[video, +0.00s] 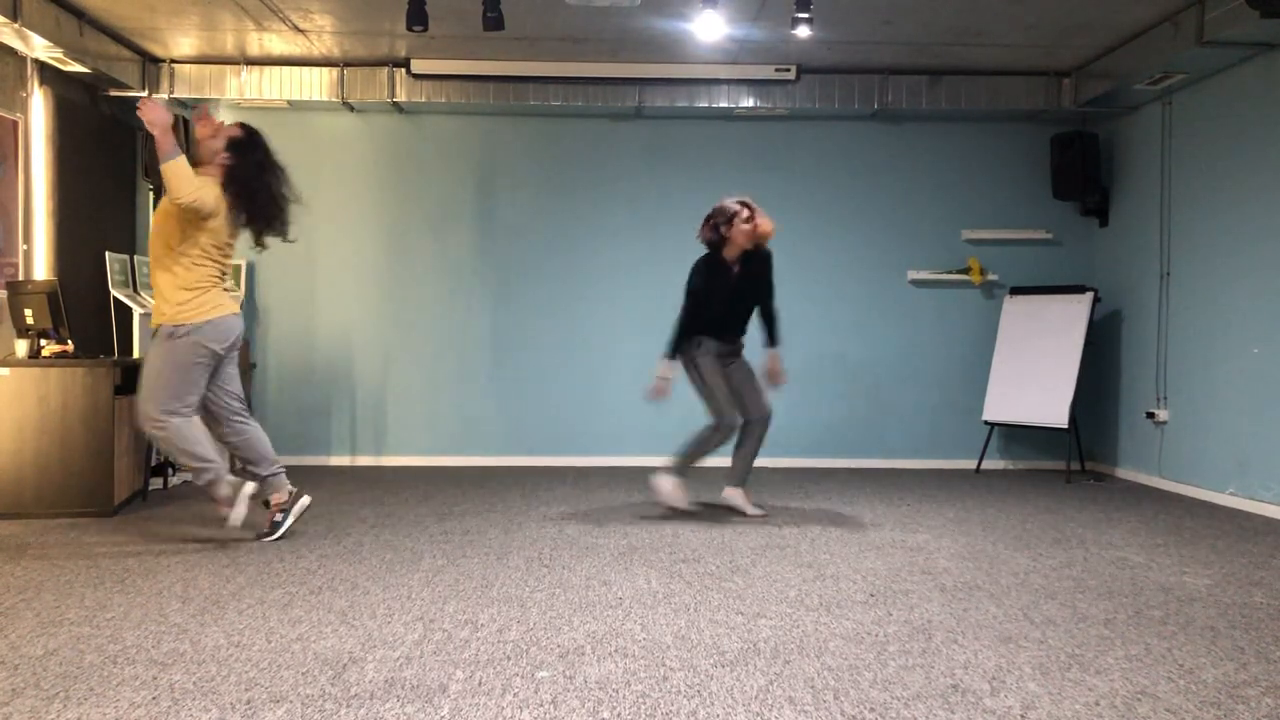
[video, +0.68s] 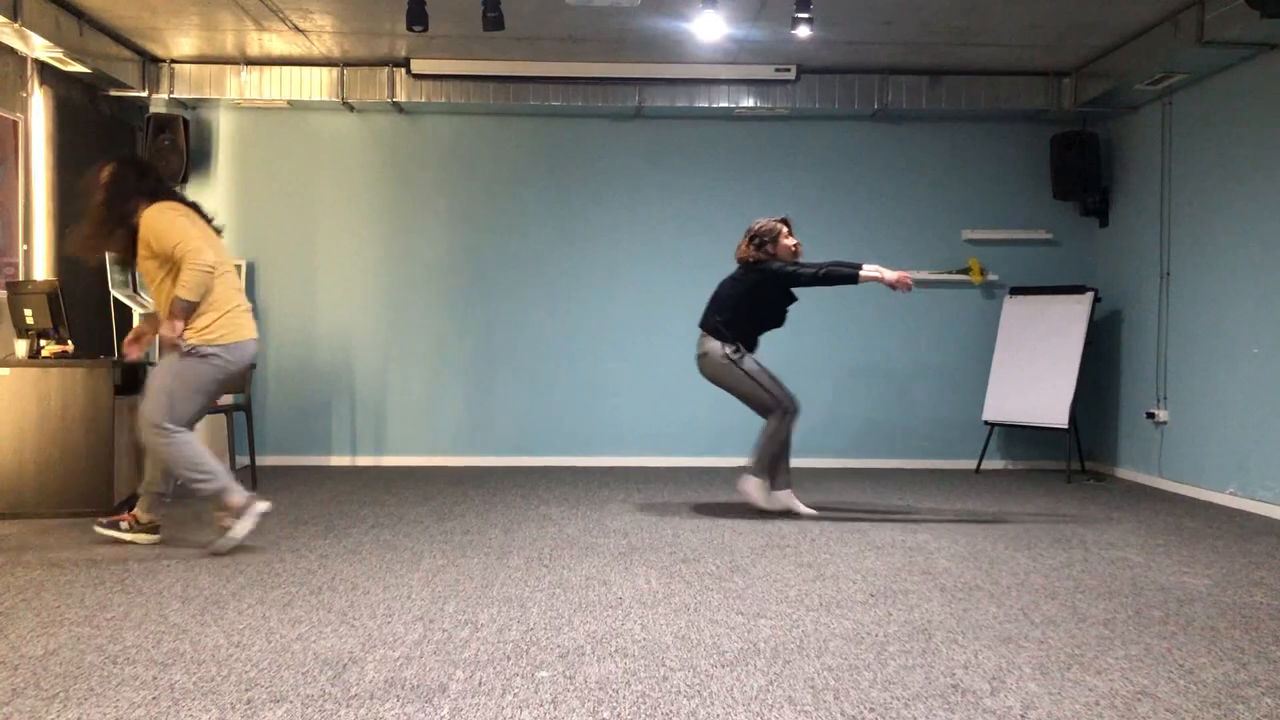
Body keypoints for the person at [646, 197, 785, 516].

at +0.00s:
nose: (755, 226)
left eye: (754, 220)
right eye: (747, 222)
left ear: (753, 227)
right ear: (727, 230)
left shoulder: (760, 258)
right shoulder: (706, 267)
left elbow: (766, 306)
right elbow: (687, 317)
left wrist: (773, 353)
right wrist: (666, 367)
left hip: (730, 351)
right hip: (698, 350)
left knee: (758, 415)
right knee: (728, 420)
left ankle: (734, 488)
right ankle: (670, 474)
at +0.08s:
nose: (761, 219)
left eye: (760, 213)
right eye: (753, 216)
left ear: (761, 220)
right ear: (735, 228)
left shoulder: (771, 255)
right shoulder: (720, 266)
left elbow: (791, 295)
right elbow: (710, 323)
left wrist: (815, 339)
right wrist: (725, 376)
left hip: (742, 345)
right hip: (712, 346)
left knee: (782, 406)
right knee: (758, 411)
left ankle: (754, 481)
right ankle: (740, 488)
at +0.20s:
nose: (782, 228)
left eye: (779, 223)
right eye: (773, 226)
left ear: (781, 228)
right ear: (757, 238)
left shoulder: (790, 264)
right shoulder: (751, 276)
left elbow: (828, 280)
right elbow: (791, 309)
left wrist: (875, 299)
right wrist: (841, 337)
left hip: (768, 356)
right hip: (742, 361)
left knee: (817, 413)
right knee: (797, 420)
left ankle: (822, 495)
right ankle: (767, 499)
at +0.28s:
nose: (793, 233)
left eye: (789, 227)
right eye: (784, 230)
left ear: (779, 240)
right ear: (768, 243)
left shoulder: (792, 268)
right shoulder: (766, 278)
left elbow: (835, 275)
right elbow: (819, 297)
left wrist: (889, 285)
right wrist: (876, 310)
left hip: (775, 359)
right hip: (752, 365)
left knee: (822, 416)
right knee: (816, 415)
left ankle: (826, 499)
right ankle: (782, 485)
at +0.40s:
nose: (811, 237)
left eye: (807, 231)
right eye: (802, 234)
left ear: (789, 245)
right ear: (785, 246)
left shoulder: (801, 268)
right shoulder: (788, 273)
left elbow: (850, 271)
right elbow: (843, 279)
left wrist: (904, 276)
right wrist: (902, 283)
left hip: (765, 358)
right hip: (751, 361)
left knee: (828, 410)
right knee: (817, 420)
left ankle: (831, 499)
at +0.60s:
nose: (802, 241)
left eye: (798, 235)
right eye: (794, 237)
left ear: (777, 247)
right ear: (776, 247)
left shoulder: (777, 271)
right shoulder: (774, 272)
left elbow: (830, 271)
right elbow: (828, 273)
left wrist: (889, 272)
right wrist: (888, 273)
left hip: (739, 357)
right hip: (733, 359)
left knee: (796, 416)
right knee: (798, 414)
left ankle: (784, 495)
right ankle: (806, 495)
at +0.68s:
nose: (796, 241)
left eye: (792, 235)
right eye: (788, 237)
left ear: (771, 248)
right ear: (769, 246)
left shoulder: (772, 270)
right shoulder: (765, 271)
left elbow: (825, 269)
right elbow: (821, 274)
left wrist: (880, 271)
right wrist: (881, 276)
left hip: (730, 352)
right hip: (718, 353)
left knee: (786, 408)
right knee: (781, 409)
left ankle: (781, 491)